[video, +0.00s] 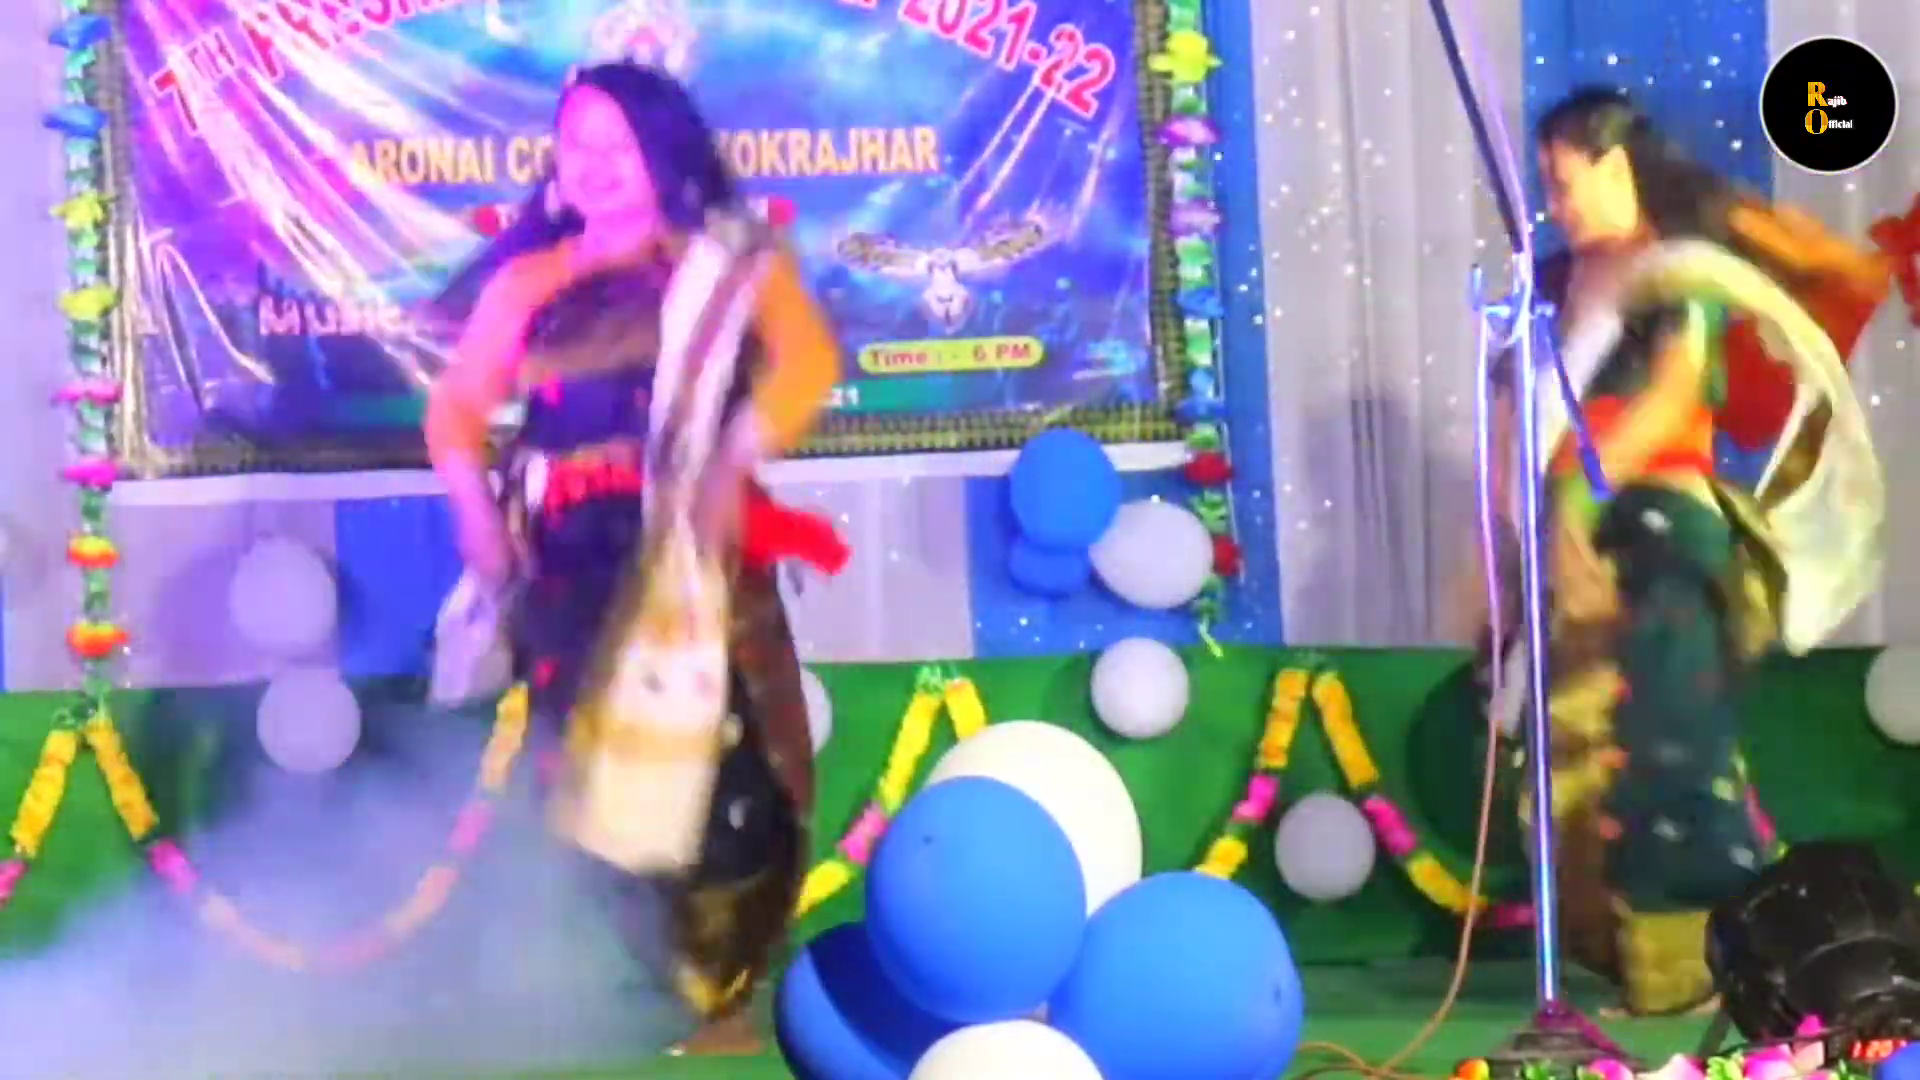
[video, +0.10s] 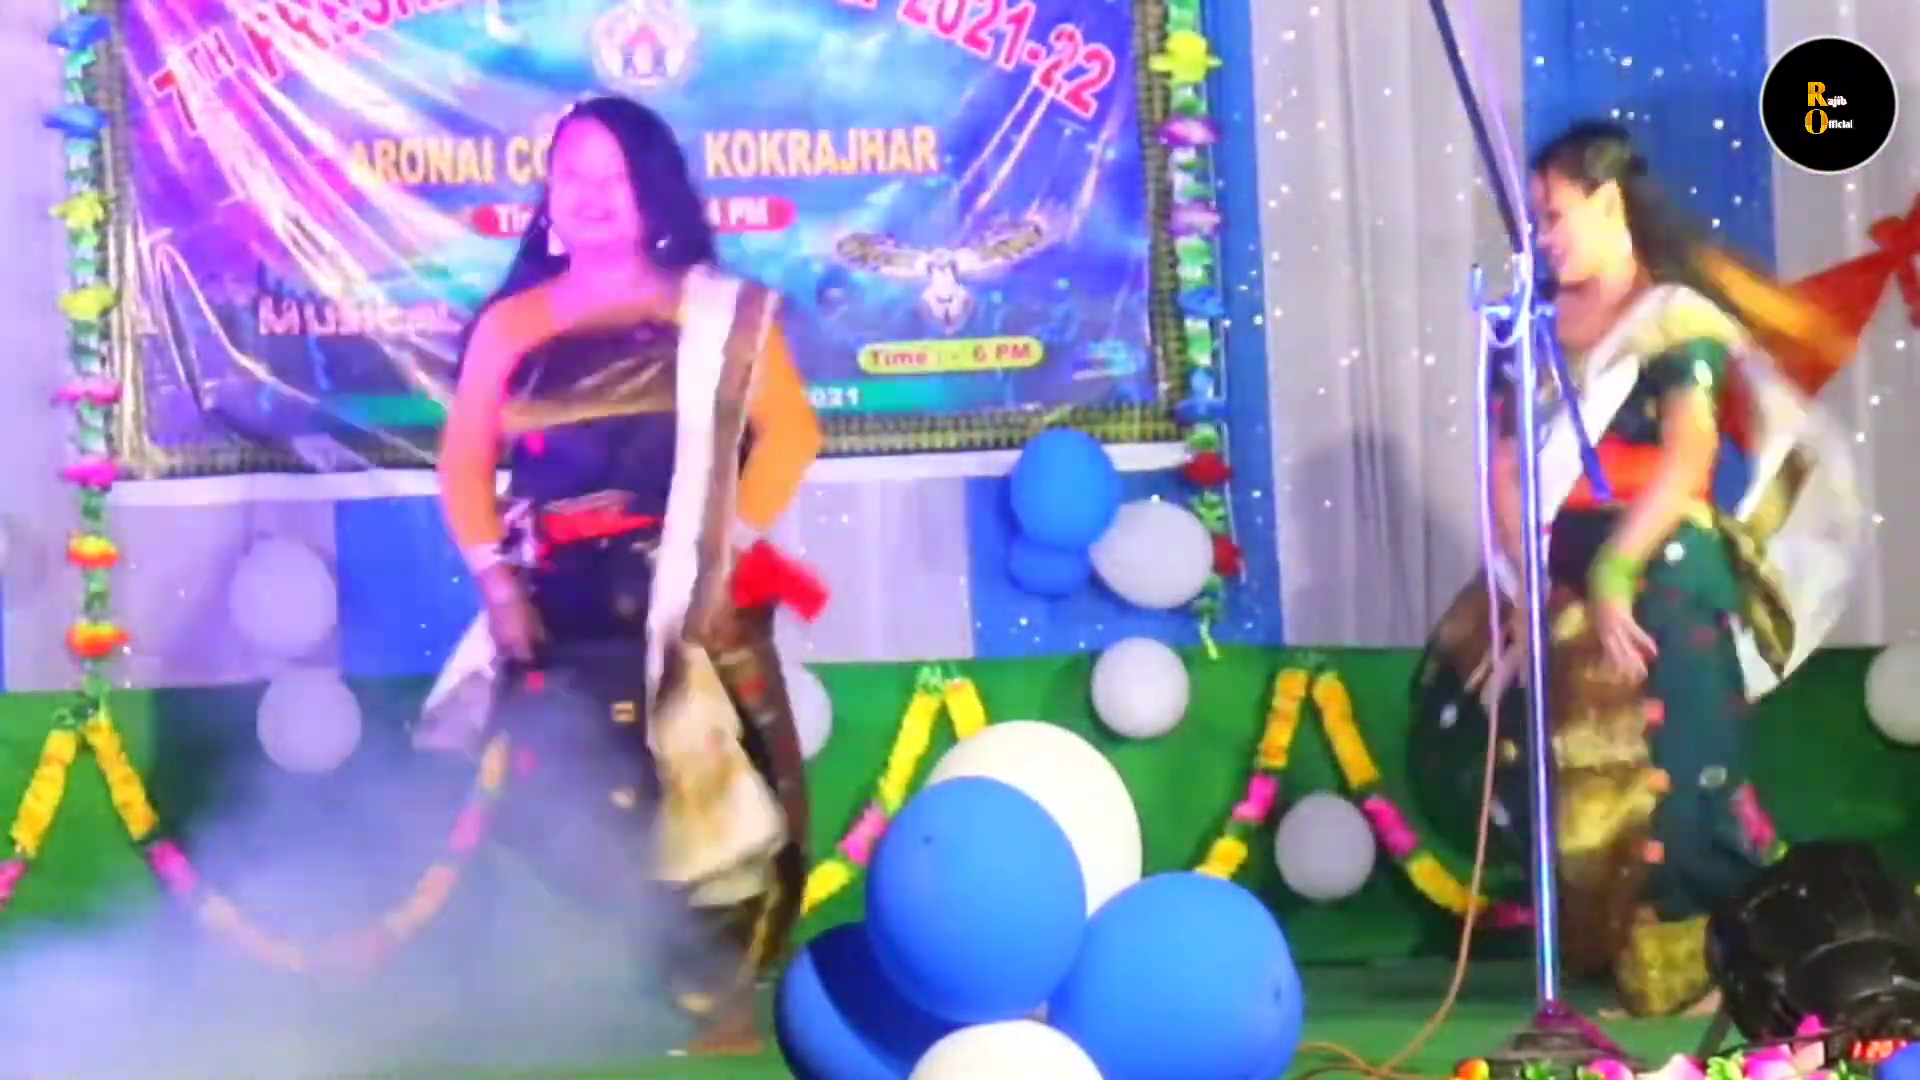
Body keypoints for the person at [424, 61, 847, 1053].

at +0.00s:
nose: (591, 170)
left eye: (612, 148)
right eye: (574, 152)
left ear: (665, 150)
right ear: (554, 167)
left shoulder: (732, 260)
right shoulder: (530, 281)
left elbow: (812, 363)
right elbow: (452, 410)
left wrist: (738, 457)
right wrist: (482, 527)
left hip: (696, 550)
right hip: (569, 553)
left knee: (732, 761)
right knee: (585, 761)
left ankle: (729, 984)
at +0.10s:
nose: (588, 198)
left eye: (610, 179)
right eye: (569, 181)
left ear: (656, 189)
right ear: (546, 199)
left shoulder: (732, 314)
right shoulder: (511, 325)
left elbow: (791, 435)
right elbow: (463, 465)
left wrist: (726, 537)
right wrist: (497, 584)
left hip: (696, 606)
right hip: (561, 615)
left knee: (727, 810)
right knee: (563, 823)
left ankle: (720, 993)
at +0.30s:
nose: (546, 118)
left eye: (567, 104)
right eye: (525, 98)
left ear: (593, 124)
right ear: (481, 113)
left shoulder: (629, 228)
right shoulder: (418, 238)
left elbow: (698, 342)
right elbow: (351, 368)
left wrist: (637, 440)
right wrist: (382, 474)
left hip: (588, 518)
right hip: (461, 525)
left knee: (619, 748)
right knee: (462, 756)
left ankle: (651, 997)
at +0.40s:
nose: (486, 127)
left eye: (505, 111)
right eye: (463, 107)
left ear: (527, 132)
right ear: (416, 120)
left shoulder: (559, 245)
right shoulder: (346, 244)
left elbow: (636, 359)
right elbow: (272, 374)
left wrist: (573, 461)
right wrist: (306, 486)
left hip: (515, 528)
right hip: (385, 530)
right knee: (372, 754)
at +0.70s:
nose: (402, 154)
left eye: (416, 135)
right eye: (382, 131)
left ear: (434, 151)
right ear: (335, 138)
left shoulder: (456, 272)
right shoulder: (254, 261)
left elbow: (542, 396)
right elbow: (160, 391)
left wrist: (498, 510)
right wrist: (189, 526)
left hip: (398, 558)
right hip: (269, 561)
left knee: (386, 788)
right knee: (252, 788)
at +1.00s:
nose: (337, 200)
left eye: (341, 181)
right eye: (314, 182)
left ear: (349, 185)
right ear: (257, 191)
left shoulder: (371, 311)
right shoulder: (210, 310)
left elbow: (453, 405)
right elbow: (142, 438)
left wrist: (527, 491)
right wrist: (212, 508)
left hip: (341, 591)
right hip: (228, 591)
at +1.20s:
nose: (359, 148)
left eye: (362, 131)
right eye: (331, 135)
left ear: (375, 149)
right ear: (270, 167)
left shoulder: (377, 283)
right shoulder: (270, 266)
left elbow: (496, 359)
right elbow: (399, 312)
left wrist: (489, 252)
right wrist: (451, 230)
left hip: (382, 541)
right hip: (307, 539)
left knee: (360, 745)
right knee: (337, 737)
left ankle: (325, 937)